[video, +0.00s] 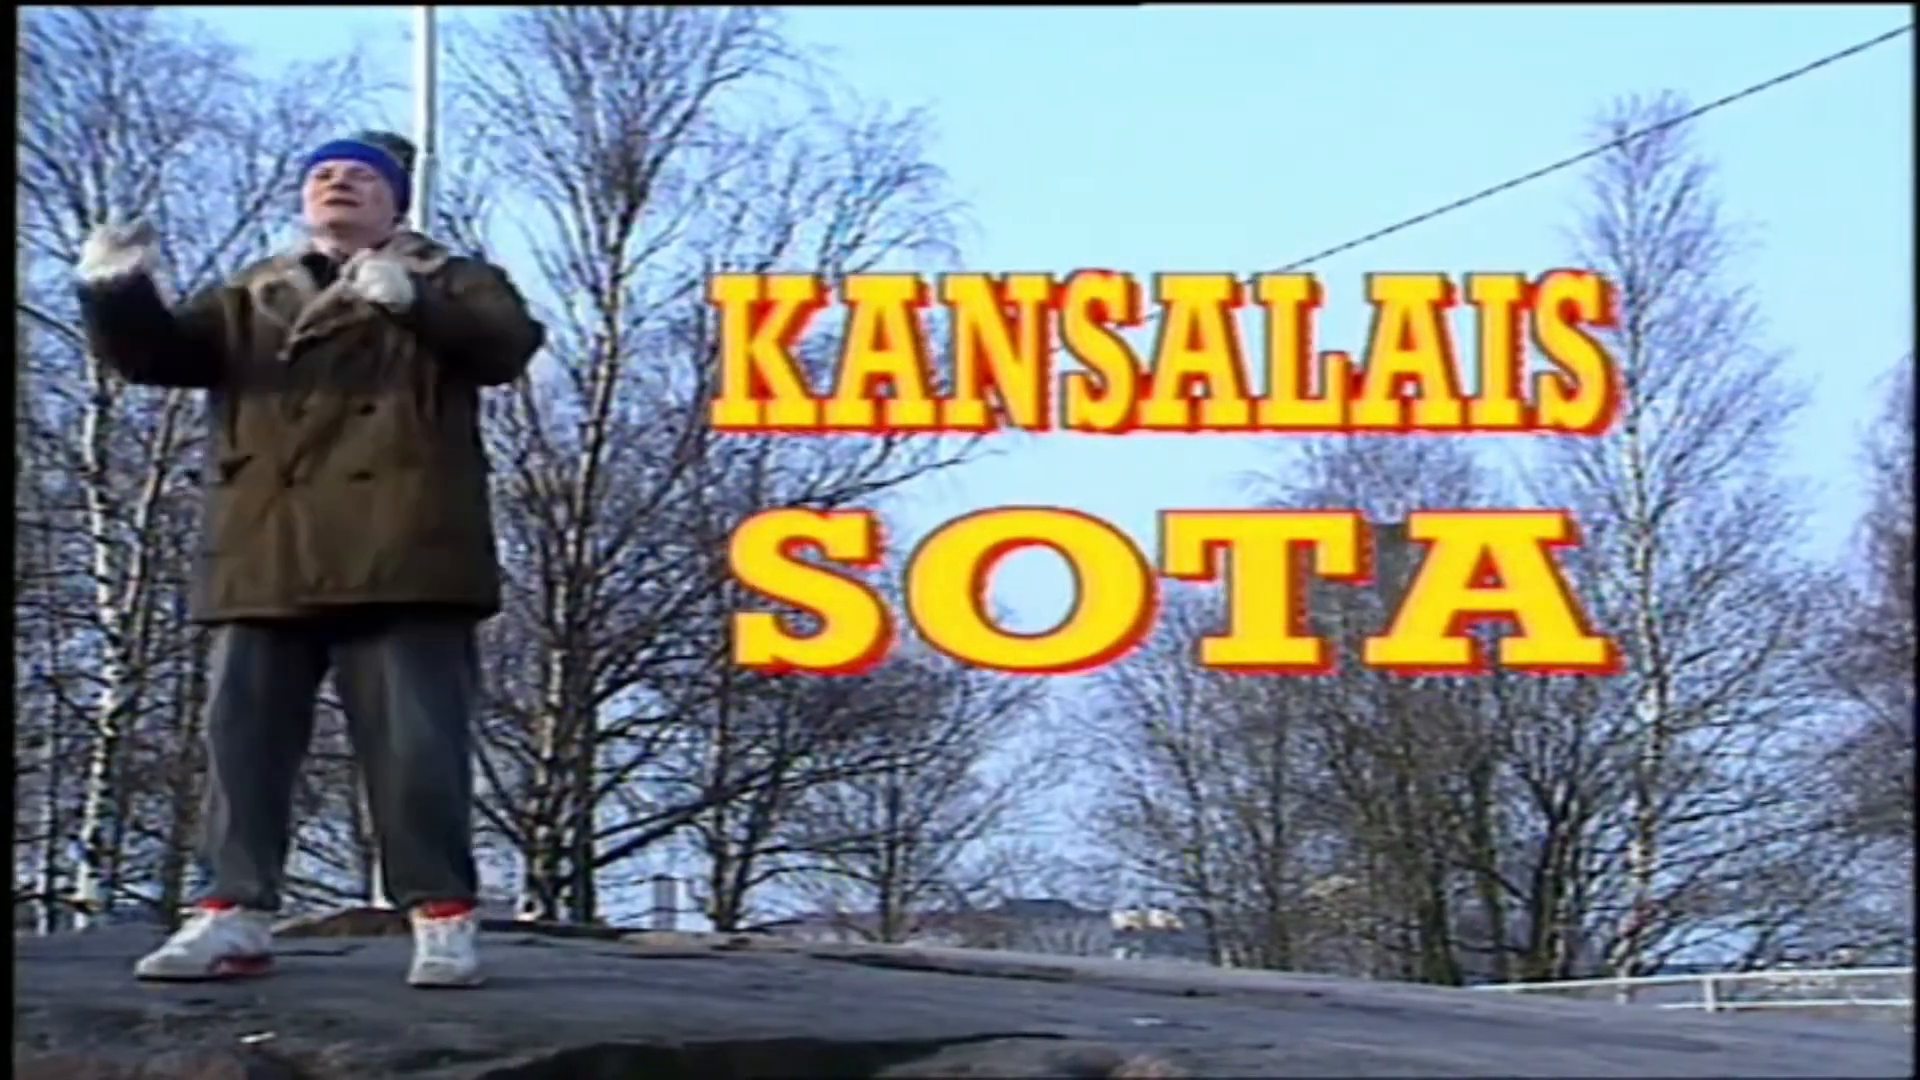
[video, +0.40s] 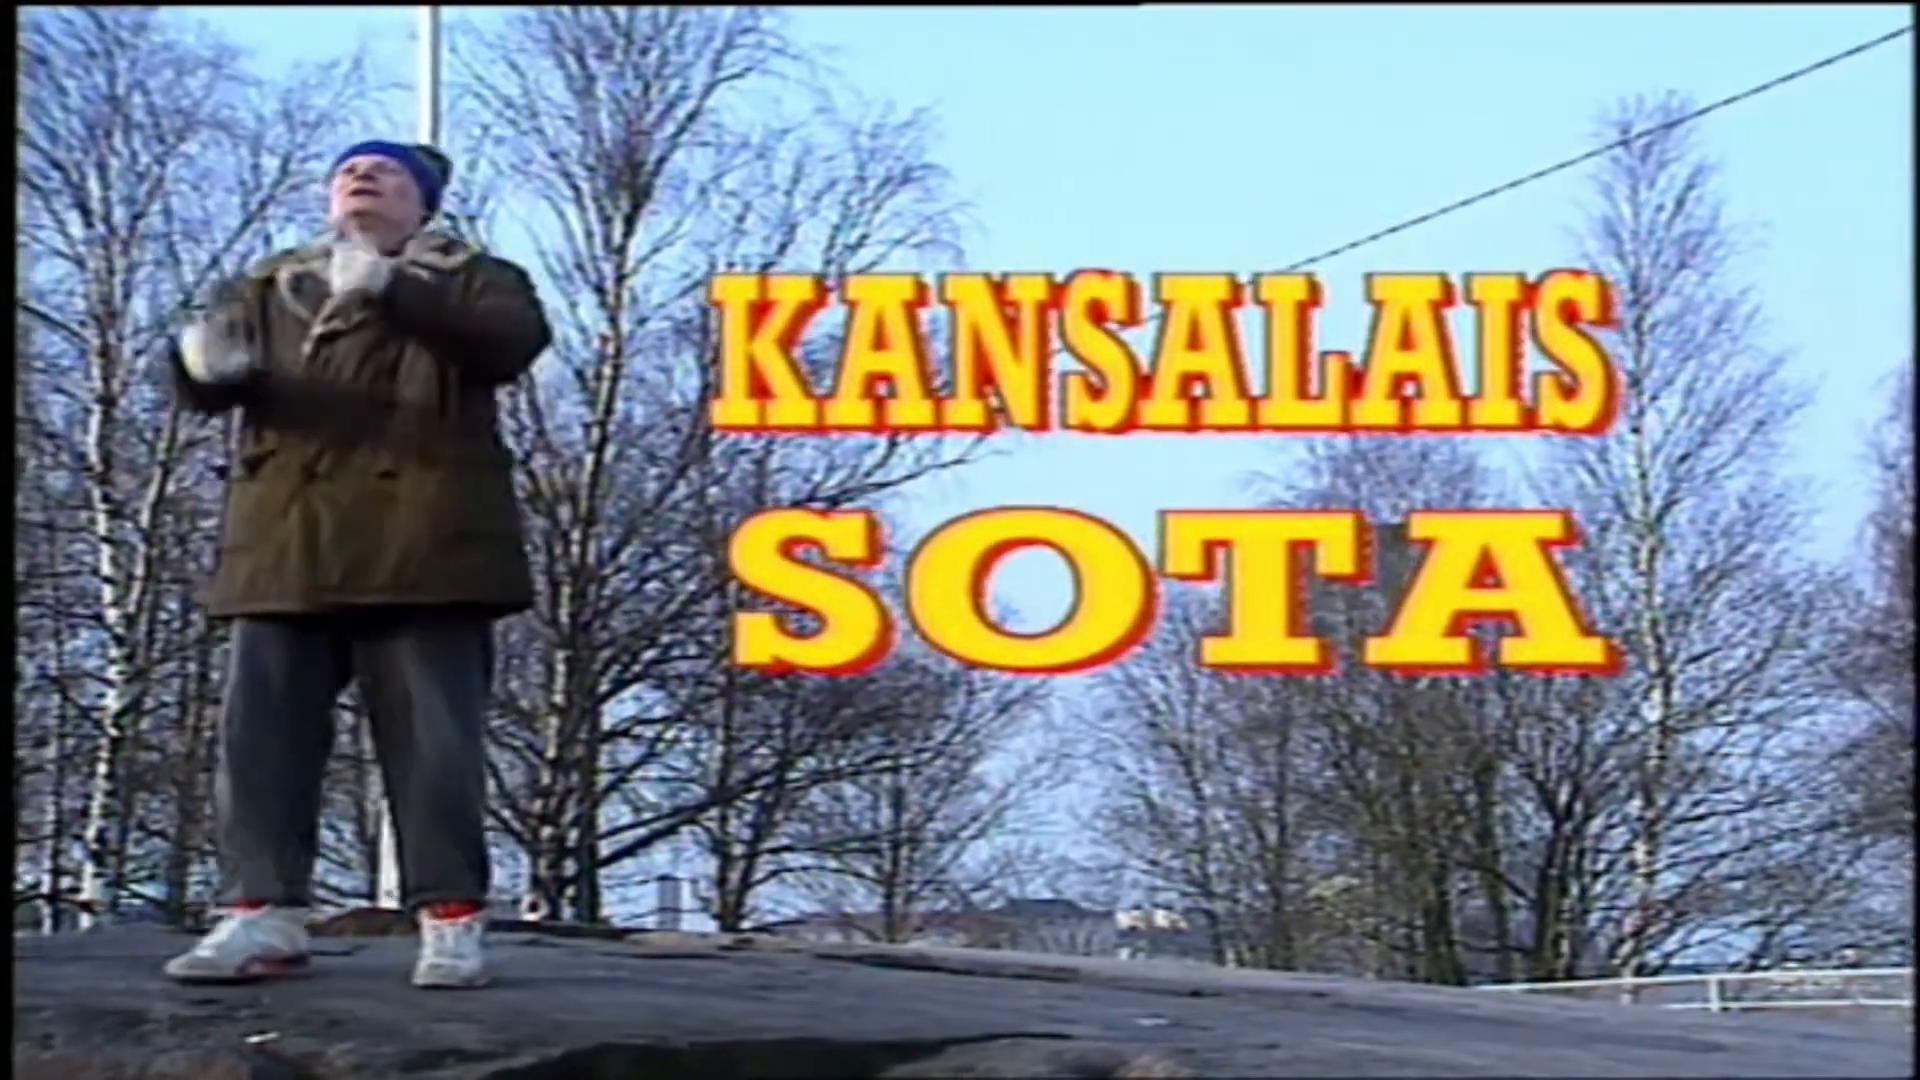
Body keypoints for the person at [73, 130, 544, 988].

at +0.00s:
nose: (335, 184)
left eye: (357, 175)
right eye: (322, 175)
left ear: (399, 204)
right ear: (299, 204)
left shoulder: (449, 279)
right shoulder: (255, 294)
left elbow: (509, 344)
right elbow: (158, 352)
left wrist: (417, 295)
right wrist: (118, 291)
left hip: (406, 553)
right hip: (266, 556)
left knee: (416, 742)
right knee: (241, 730)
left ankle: (441, 916)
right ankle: (238, 913)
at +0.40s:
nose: (361, 179)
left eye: (384, 173)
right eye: (347, 172)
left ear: (425, 204)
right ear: (327, 203)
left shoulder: (472, 274)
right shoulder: (276, 283)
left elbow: (515, 338)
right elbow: (201, 382)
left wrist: (396, 285)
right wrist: (201, 361)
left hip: (425, 544)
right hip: (285, 546)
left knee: (434, 738)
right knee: (266, 730)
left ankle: (450, 917)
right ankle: (268, 912)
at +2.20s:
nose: (342, 185)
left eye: (364, 172)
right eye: (333, 177)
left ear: (417, 194)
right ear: (320, 202)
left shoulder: (481, 283)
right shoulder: (276, 292)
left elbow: (464, 358)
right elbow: (188, 360)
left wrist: (344, 358)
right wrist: (143, 312)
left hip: (415, 559)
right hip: (283, 561)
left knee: (424, 746)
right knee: (284, 746)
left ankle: (449, 921)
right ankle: (290, 918)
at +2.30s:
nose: (342, 174)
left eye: (366, 164)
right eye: (332, 170)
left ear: (417, 194)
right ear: (317, 202)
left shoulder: (480, 284)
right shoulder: (275, 290)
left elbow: (475, 389)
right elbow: (158, 328)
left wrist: (368, 427)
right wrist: (145, 233)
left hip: (415, 562)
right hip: (284, 564)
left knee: (427, 748)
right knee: (286, 745)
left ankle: (450, 921)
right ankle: (293, 918)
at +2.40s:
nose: (342, 177)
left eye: (365, 167)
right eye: (332, 172)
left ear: (417, 196)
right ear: (318, 203)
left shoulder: (481, 284)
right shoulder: (277, 288)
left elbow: (479, 391)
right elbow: (163, 333)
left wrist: (364, 418)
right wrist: (150, 239)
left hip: (417, 564)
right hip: (286, 563)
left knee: (427, 750)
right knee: (287, 746)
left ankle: (451, 921)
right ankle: (294, 918)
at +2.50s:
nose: (345, 179)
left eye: (368, 169)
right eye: (335, 172)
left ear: (421, 197)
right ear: (322, 201)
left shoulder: (481, 285)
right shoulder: (281, 286)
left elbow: (472, 367)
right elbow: (198, 376)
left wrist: (343, 351)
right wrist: (170, 321)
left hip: (417, 558)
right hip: (285, 556)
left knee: (427, 745)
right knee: (286, 743)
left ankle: (452, 919)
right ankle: (293, 918)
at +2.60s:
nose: (349, 178)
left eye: (374, 168)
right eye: (339, 170)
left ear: (425, 199)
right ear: (324, 199)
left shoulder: (483, 282)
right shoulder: (278, 282)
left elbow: (472, 354)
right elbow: (209, 355)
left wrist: (342, 306)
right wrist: (207, 387)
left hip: (419, 558)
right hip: (286, 557)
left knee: (429, 747)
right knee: (285, 746)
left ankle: (451, 920)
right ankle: (295, 918)